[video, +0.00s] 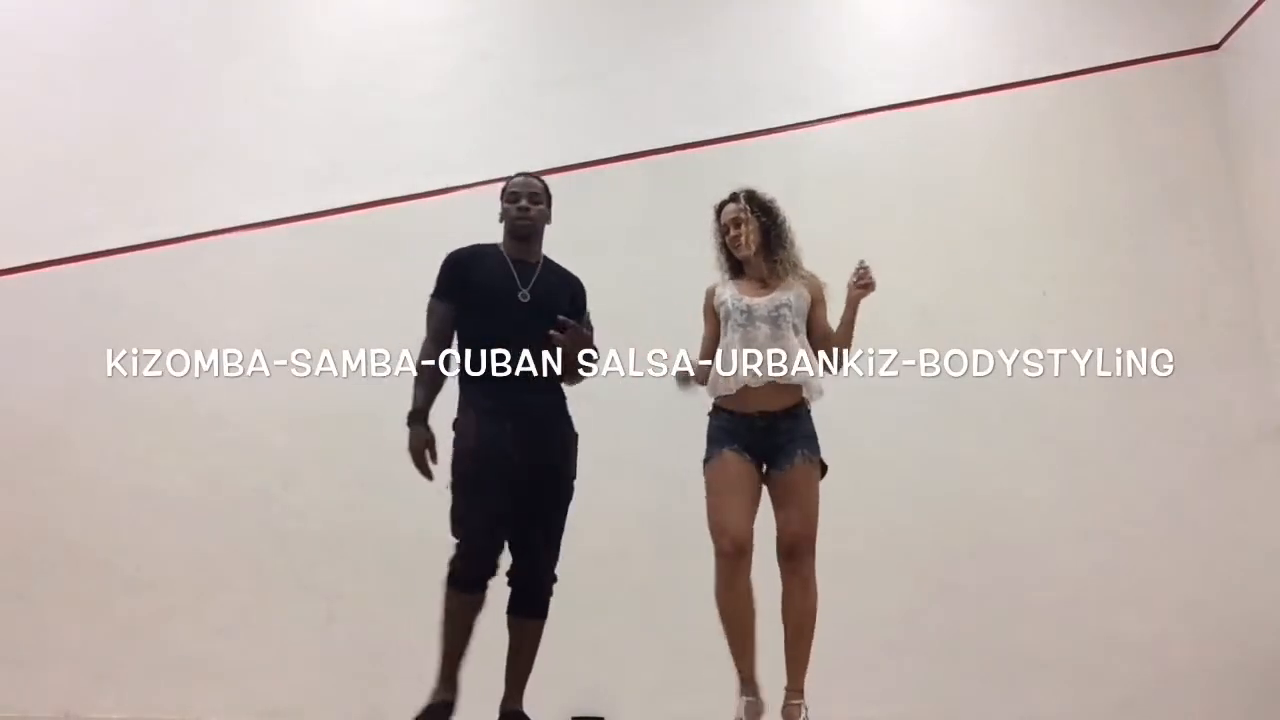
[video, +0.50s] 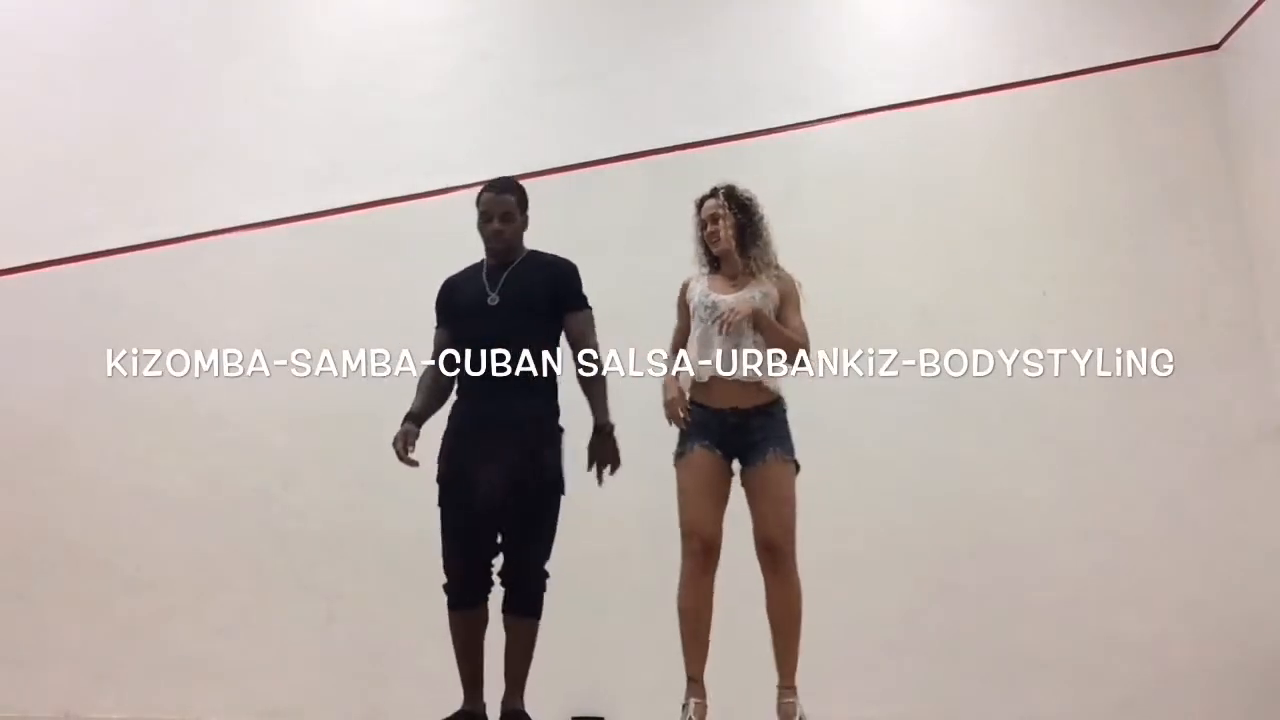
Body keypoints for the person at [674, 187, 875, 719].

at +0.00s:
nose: (735, 231)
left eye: (743, 221)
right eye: (727, 227)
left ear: (766, 224)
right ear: (723, 239)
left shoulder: (806, 286)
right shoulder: (719, 295)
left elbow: (831, 356)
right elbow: (707, 369)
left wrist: (854, 304)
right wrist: (691, 372)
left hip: (792, 429)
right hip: (730, 430)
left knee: (796, 554)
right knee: (730, 549)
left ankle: (794, 695)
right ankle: (747, 690)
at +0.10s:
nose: (735, 231)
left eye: (742, 220)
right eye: (728, 226)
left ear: (765, 223)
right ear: (722, 236)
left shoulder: (802, 284)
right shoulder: (719, 294)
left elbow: (827, 352)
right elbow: (705, 363)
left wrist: (837, 302)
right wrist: (696, 387)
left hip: (792, 427)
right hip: (731, 429)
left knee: (797, 554)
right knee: (728, 543)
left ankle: (796, 696)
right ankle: (746, 687)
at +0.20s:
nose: (733, 228)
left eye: (740, 218)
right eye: (725, 223)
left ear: (761, 221)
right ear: (718, 234)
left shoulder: (797, 282)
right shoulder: (714, 293)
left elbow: (825, 356)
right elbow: (705, 363)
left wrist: (810, 302)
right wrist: (699, 395)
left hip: (790, 426)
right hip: (729, 427)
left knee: (796, 554)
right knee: (723, 540)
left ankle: (796, 695)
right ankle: (724, 678)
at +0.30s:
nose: (726, 228)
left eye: (733, 218)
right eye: (718, 223)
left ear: (756, 222)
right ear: (712, 234)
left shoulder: (792, 282)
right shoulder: (708, 292)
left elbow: (819, 352)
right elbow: (701, 361)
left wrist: (791, 306)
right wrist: (697, 393)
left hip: (786, 424)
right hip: (724, 424)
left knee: (793, 554)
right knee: (717, 548)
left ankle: (797, 695)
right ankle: (700, 690)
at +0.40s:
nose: (720, 228)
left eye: (727, 219)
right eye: (712, 223)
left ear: (749, 223)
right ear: (706, 234)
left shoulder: (783, 283)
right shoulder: (700, 292)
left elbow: (811, 349)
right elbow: (691, 362)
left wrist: (775, 310)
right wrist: (684, 386)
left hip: (776, 426)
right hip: (714, 426)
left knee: (787, 554)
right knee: (707, 551)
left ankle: (795, 693)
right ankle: (697, 690)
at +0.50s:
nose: (715, 227)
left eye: (722, 218)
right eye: (708, 221)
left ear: (744, 222)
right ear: (701, 232)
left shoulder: (778, 282)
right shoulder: (693, 289)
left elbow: (799, 348)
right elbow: (675, 355)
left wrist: (761, 319)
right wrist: (670, 383)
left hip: (764, 424)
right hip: (702, 424)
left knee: (776, 551)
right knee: (699, 550)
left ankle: (787, 690)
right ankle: (694, 690)